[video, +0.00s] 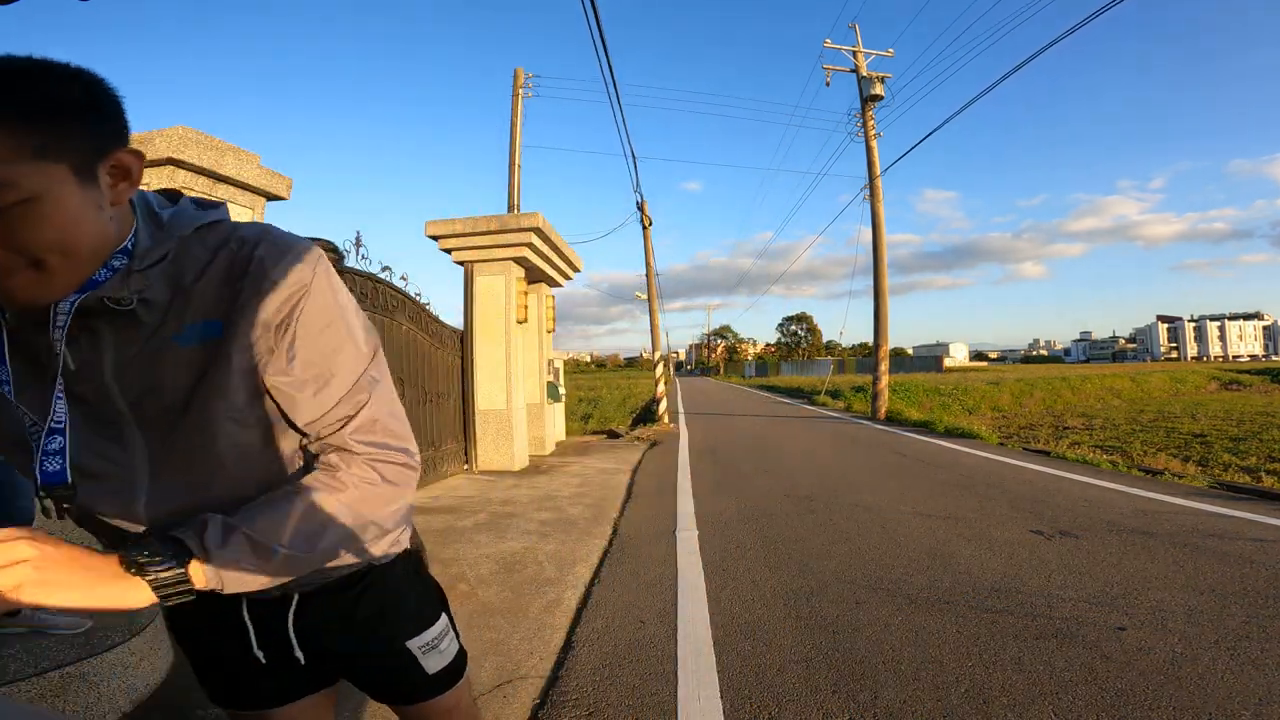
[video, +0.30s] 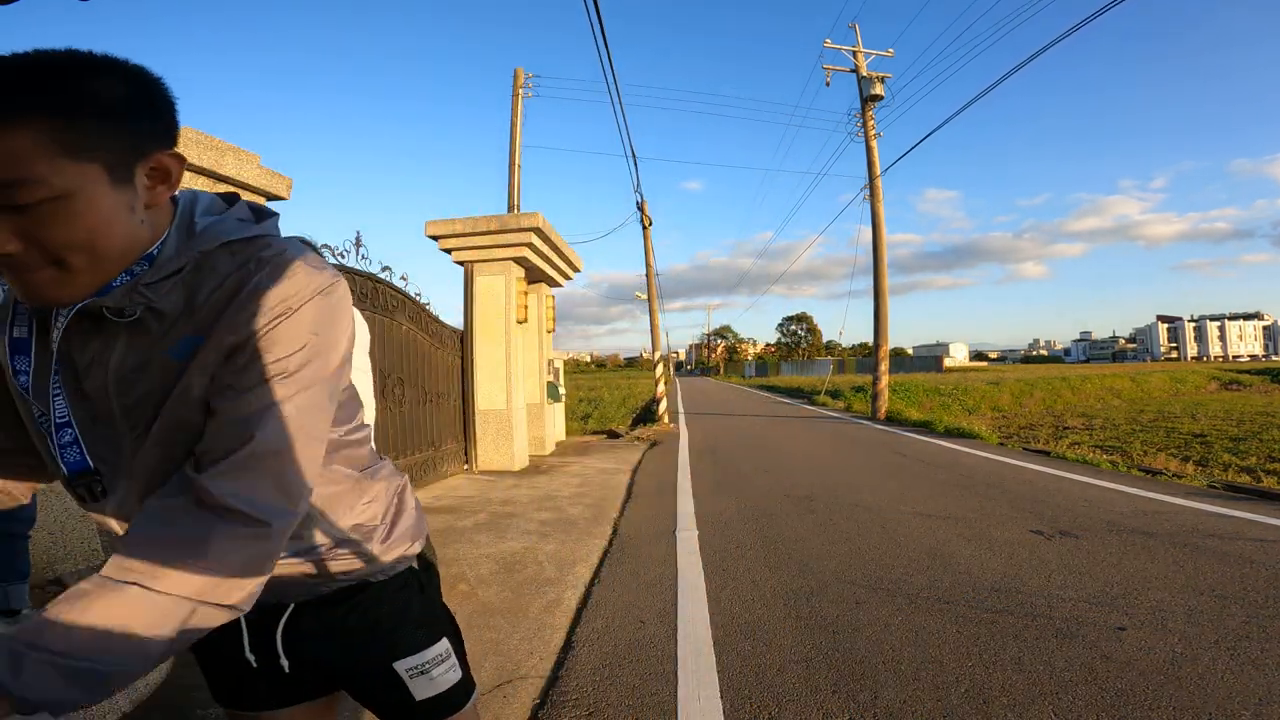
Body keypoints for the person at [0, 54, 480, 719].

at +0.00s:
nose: (3, 240)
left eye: (17, 204)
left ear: (118, 181)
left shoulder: (275, 281)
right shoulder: (22, 330)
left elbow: (380, 471)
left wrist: (148, 572)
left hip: (355, 565)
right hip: (212, 595)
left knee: (442, 705)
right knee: (284, 709)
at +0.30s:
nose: (2, 242)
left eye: (28, 206)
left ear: (155, 185)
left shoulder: (283, 288)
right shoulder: (27, 322)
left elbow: (222, 537)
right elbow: (10, 471)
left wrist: (14, 680)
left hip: (365, 583)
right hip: (216, 601)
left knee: (440, 706)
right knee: (286, 709)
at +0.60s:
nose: (27, 317)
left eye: (72, 262)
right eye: (5, 269)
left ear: (215, 219)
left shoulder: (345, 361)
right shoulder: (106, 326)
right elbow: (116, 444)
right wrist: (34, 497)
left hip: (416, 585)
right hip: (278, 587)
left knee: (482, 709)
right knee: (325, 708)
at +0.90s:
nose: (191, 419)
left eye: (237, 360)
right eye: (139, 366)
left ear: (414, 268)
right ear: (104, 320)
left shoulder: (568, 382)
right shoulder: (208, 373)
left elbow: (599, 595)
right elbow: (214, 530)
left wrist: (438, 708)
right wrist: (125, 629)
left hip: (514, 650)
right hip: (361, 643)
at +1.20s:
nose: (302, 442)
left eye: (371, 368)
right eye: (227, 374)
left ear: (537, 256)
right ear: (176, 323)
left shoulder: (669, 395)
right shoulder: (251, 394)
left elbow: (676, 607)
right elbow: (283, 575)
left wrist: (609, 705)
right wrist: (237, 681)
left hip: (606, 640)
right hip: (433, 644)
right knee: (441, 708)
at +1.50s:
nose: (229, 567)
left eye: (298, 458)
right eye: (118, 501)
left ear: (485, 301)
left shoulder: (654, 434)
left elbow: (687, 640)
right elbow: (213, 642)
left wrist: (652, 704)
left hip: (582, 639)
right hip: (424, 647)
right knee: (442, 703)